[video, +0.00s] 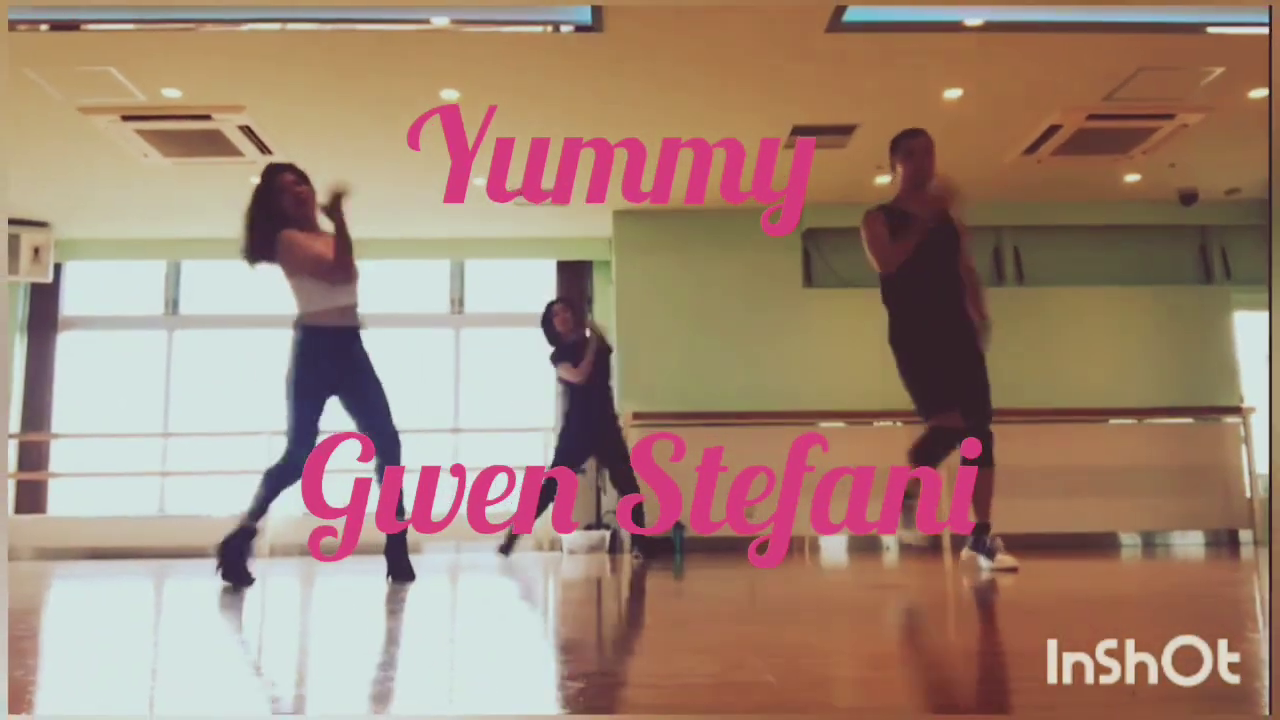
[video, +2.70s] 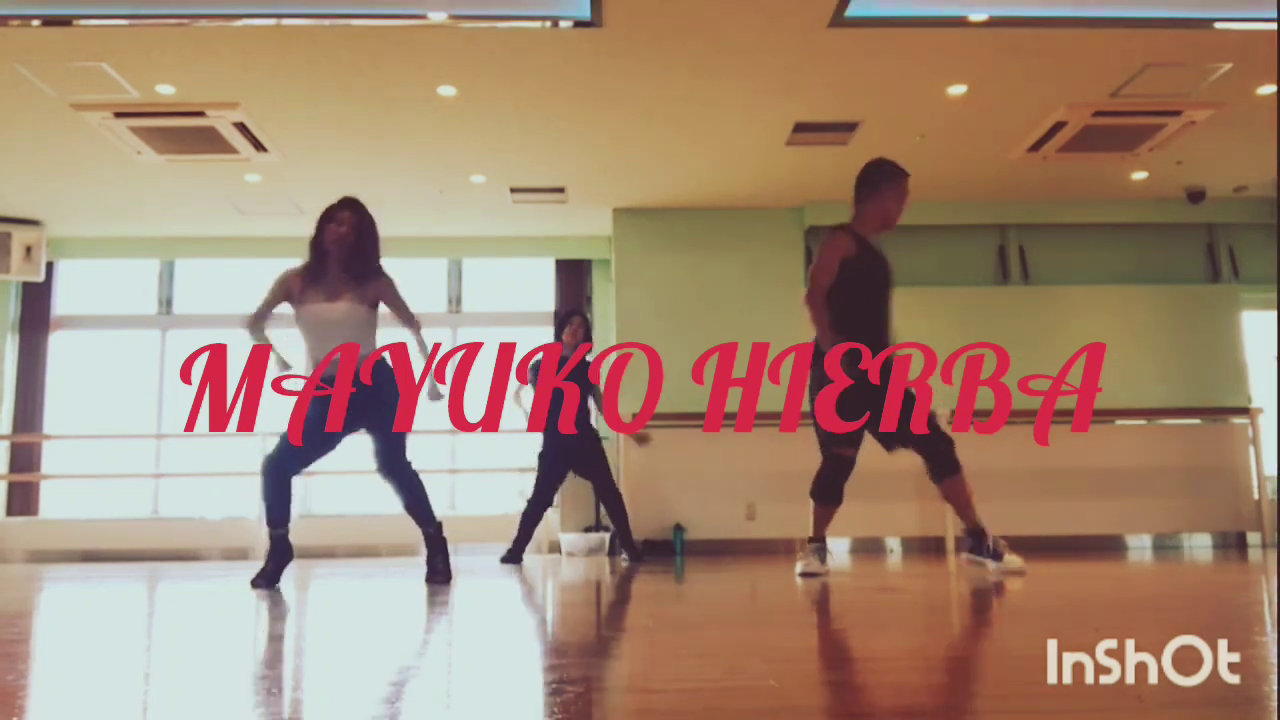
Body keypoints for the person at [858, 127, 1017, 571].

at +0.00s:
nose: (923, 163)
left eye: (927, 155)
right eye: (913, 156)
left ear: (935, 160)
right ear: (895, 164)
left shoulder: (944, 217)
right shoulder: (878, 219)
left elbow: (965, 270)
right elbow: (886, 262)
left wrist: (978, 314)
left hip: (956, 328)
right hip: (914, 333)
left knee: (979, 431)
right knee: (948, 425)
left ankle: (981, 535)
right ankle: (899, 498)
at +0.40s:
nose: (917, 178)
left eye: (923, 169)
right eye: (908, 171)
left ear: (934, 176)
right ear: (894, 180)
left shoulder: (960, 229)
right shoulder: (885, 233)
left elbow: (978, 285)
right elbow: (869, 276)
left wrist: (980, 340)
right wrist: (907, 235)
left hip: (949, 348)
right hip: (900, 349)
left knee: (981, 439)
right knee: (882, 433)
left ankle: (982, 538)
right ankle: (864, 525)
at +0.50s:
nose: (917, 190)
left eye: (923, 181)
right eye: (907, 184)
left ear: (934, 187)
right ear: (894, 193)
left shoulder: (956, 243)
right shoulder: (885, 245)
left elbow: (967, 305)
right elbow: (855, 297)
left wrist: (961, 361)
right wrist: (889, 284)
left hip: (933, 369)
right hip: (884, 368)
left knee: (984, 453)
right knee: (853, 450)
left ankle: (974, 541)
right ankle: (817, 541)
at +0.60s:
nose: (918, 206)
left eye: (924, 197)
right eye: (908, 200)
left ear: (937, 204)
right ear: (895, 210)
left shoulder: (951, 266)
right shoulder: (881, 263)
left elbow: (958, 328)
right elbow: (847, 315)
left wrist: (957, 381)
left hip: (922, 386)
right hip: (875, 383)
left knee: (984, 457)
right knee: (841, 462)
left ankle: (976, 543)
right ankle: (815, 543)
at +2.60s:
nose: (898, 211)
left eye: (902, 202)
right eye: (889, 203)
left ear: (908, 208)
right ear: (865, 209)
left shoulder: (911, 268)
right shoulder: (842, 265)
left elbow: (927, 331)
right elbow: (812, 323)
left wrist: (939, 386)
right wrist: (808, 378)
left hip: (901, 388)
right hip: (851, 388)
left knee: (960, 463)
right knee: (835, 469)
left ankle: (983, 545)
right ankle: (817, 546)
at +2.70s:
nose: (903, 208)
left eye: (905, 198)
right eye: (899, 197)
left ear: (876, 198)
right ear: (876, 196)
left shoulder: (872, 254)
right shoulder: (839, 241)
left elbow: (870, 319)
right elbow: (815, 297)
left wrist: (886, 367)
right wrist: (835, 353)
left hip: (876, 378)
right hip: (841, 376)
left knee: (938, 446)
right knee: (839, 460)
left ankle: (976, 536)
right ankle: (815, 546)